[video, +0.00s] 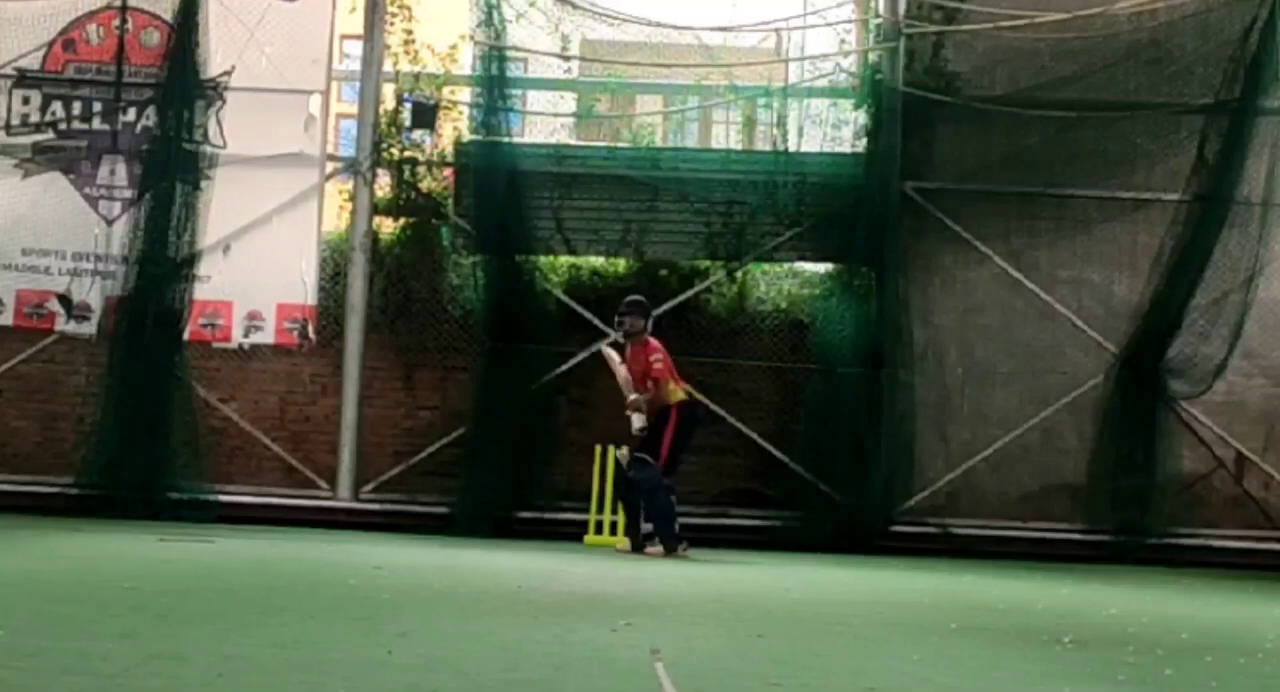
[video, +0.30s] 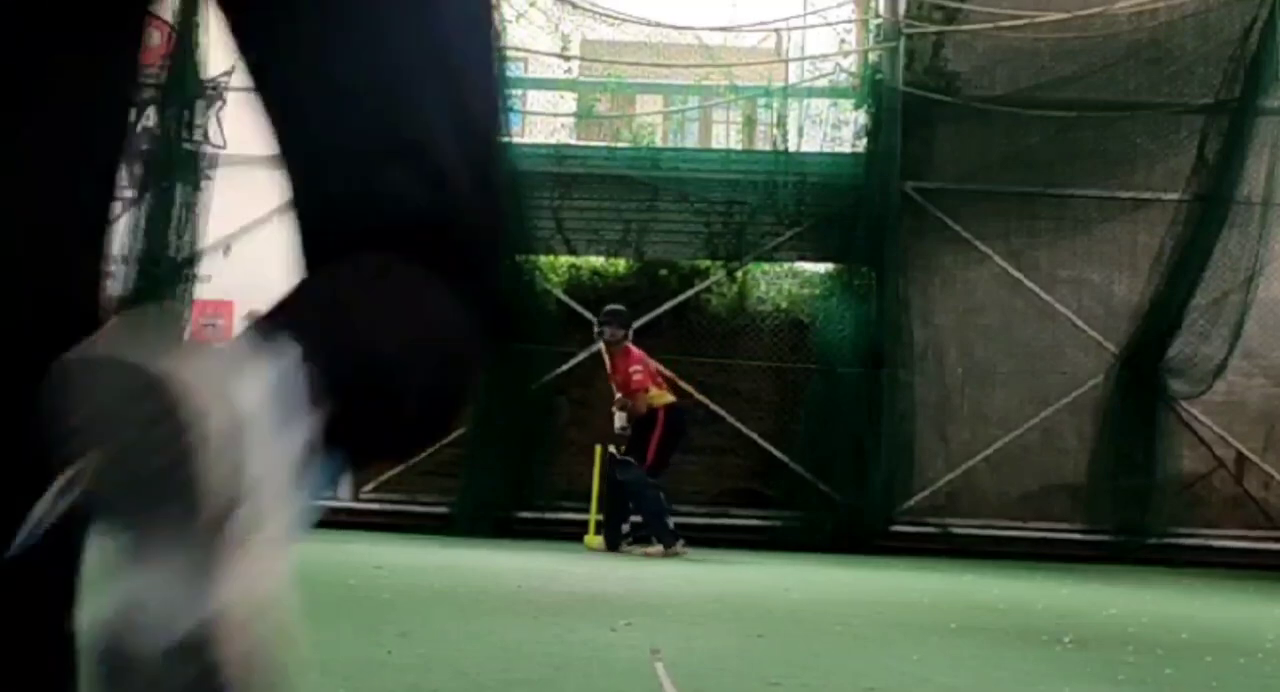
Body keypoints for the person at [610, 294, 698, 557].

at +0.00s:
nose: (629, 323)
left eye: (636, 318)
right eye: (625, 318)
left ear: (646, 322)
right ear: (620, 322)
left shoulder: (653, 350)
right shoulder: (631, 350)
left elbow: (659, 387)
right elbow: (631, 380)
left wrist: (641, 399)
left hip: (676, 404)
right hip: (657, 406)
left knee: (657, 470)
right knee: (640, 466)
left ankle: (670, 540)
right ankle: (645, 536)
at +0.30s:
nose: (610, 333)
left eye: (617, 328)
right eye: (606, 327)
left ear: (626, 331)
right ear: (600, 331)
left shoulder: (634, 358)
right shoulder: (613, 357)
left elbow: (641, 401)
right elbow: (618, 388)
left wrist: (624, 403)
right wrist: (620, 411)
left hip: (663, 408)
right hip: (643, 410)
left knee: (642, 472)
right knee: (625, 468)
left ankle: (669, 539)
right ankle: (613, 536)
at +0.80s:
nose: (591, 338)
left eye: (597, 333)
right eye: (586, 332)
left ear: (608, 327)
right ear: (581, 325)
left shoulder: (621, 336)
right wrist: (583, 375)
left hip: (640, 391)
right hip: (616, 392)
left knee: (625, 456)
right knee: (610, 455)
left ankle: (618, 530)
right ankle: (609, 527)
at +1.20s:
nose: (594, 357)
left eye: (598, 351)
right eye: (588, 353)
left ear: (605, 341)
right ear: (581, 348)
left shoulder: (619, 340)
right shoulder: (580, 364)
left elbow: (643, 315)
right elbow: (590, 395)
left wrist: (625, 343)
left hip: (633, 408)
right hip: (605, 412)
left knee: (623, 465)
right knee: (598, 472)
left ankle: (606, 530)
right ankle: (617, 530)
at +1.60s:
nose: (600, 354)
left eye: (604, 348)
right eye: (594, 349)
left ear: (614, 339)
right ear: (586, 343)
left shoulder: (631, 357)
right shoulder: (580, 359)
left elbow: (640, 395)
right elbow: (572, 393)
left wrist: (625, 410)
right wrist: (585, 400)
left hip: (616, 423)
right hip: (588, 421)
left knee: (607, 476)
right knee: (585, 476)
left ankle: (593, 535)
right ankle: (590, 531)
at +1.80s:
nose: (602, 338)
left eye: (607, 332)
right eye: (597, 332)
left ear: (617, 329)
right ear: (588, 330)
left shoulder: (630, 357)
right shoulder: (577, 354)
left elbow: (634, 394)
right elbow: (571, 384)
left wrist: (623, 415)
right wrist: (596, 405)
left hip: (615, 424)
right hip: (584, 421)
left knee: (602, 476)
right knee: (574, 477)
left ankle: (593, 535)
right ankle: (585, 532)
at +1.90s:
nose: (603, 321)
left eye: (609, 315)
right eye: (598, 315)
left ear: (618, 318)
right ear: (590, 318)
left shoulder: (631, 351)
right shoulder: (578, 348)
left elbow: (633, 389)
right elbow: (575, 385)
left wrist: (629, 420)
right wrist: (576, 416)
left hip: (616, 409)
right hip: (587, 408)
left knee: (605, 472)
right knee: (577, 469)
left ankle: (594, 534)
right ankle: (583, 531)